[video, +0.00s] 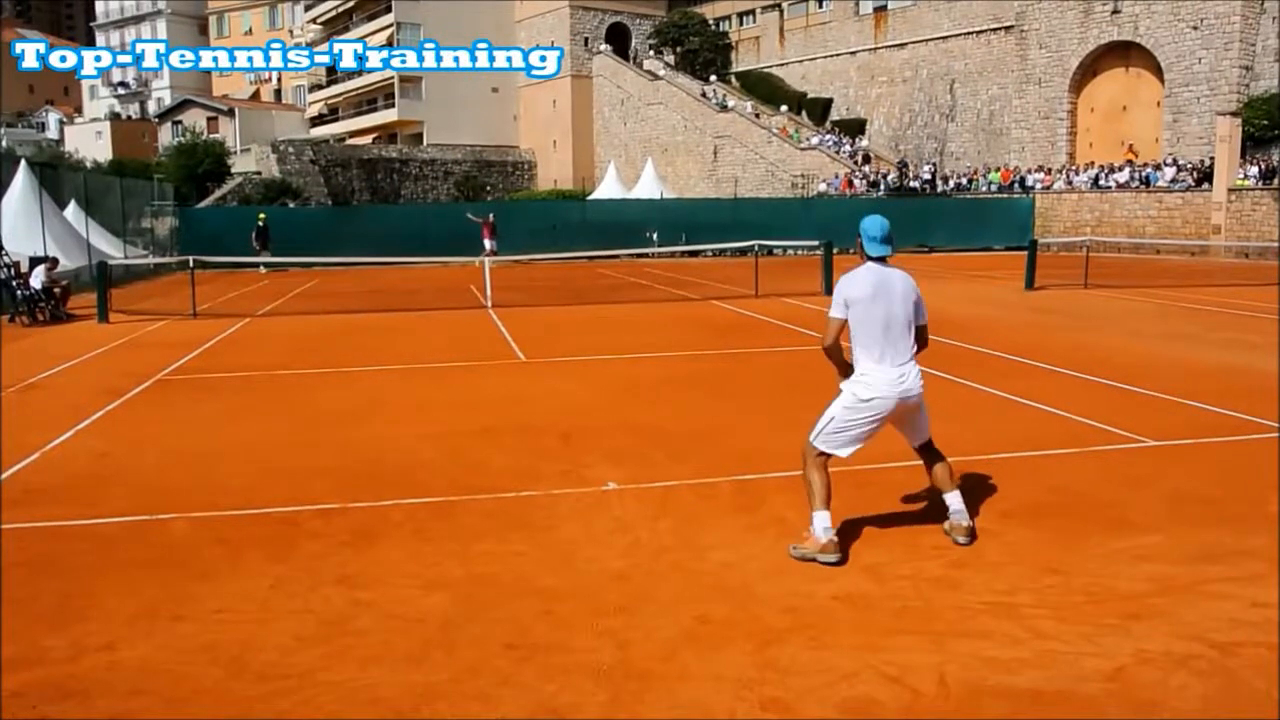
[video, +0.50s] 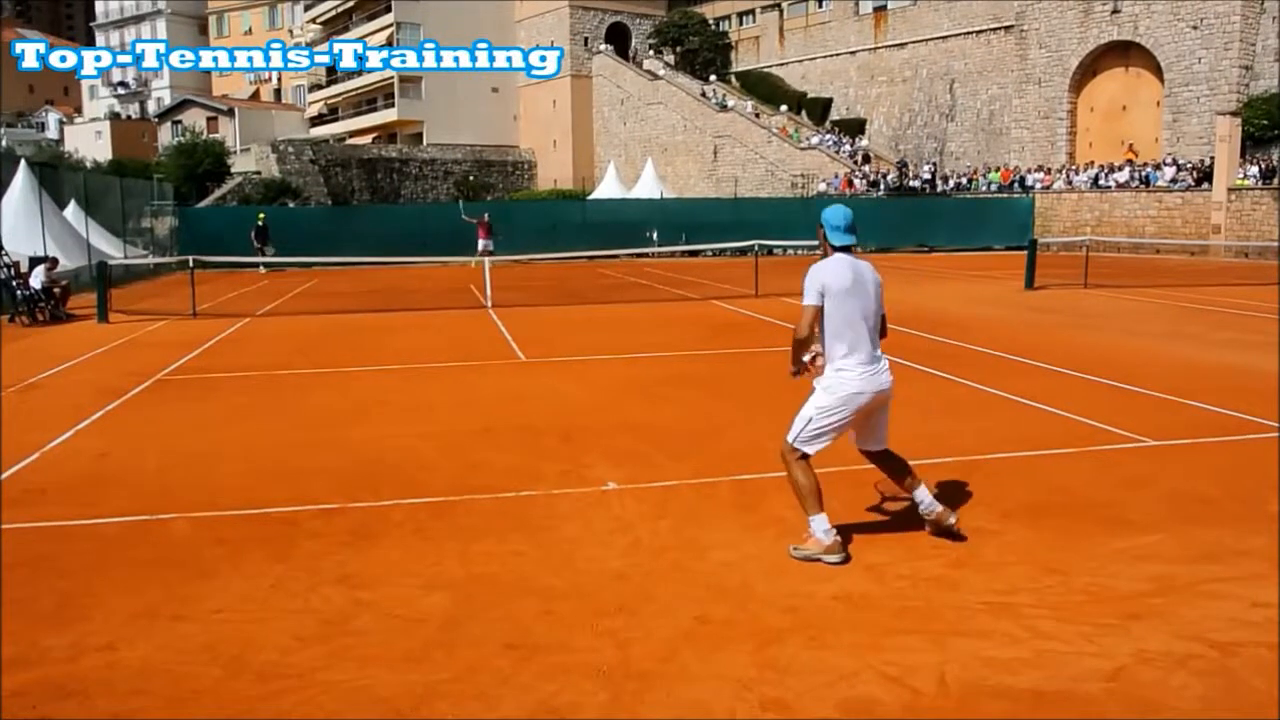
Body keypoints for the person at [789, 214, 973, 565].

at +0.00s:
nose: (864, 246)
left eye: (862, 241)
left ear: (860, 245)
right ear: (891, 244)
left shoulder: (849, 282)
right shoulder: (906, 281)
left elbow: (830, 343)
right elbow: (922, 340)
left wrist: (845, 369)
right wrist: (892, 360)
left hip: (868, 388)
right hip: (909, 384)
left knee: (815, 452)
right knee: (926, 447)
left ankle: (823, 537)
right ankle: (960, 519)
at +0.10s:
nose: (853, 246)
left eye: (851, 241)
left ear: (853, 244)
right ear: (882, 245)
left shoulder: (842, 282)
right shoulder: (899, 282)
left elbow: (824, 344)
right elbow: (913, 341)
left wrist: (836, 375)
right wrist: (880, 346)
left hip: (863, 387)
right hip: (902, 385)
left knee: (806, 449)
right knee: (920, 449)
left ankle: (824, 534)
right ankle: (959, 518)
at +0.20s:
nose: (854, 246)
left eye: (852, 241)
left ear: (853, 244)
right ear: (882, 244)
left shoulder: (842, 282)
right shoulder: (898, 282)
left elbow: (824, 343)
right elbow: (913, 340)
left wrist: (835, 373)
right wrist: (879, 348)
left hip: (863, 387)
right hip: (903, 385)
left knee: (806, 450)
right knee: (920, 449)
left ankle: (824, 534)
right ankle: (958, 517)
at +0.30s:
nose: (841, 242)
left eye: (841, 238)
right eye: (848, 236)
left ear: (844, 241)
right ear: (873, 241)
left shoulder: (835, 279)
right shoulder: (890, 279)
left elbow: (818, 341)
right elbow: (903, 337)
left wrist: (823, 370)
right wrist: (870, 353)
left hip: (855, 386)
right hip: (895, 384)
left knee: (799, 449)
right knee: (910, 450)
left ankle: (824, 535)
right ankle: (956, 519)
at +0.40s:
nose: (830, 239)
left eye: (831, 235)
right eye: (836, 234)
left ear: (834, 238)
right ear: (864, 238)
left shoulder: (827, 276)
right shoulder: (880, 275)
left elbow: (811, 337)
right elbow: (891, 335)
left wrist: (809, 366)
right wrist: (838, 357)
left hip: (848, 384)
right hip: (887, 380)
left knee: (796, 450)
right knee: (893, 449)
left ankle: (823, 536)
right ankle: (948, 515)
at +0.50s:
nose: (820, 238)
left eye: (820, 233)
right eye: (824, 232)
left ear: (823, 236)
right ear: (854, 236)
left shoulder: (819, 272)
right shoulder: (870, 272)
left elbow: (805, 332)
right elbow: (879, 331)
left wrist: (796, 361)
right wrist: (829, 352)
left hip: (843, 383)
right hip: (879, 378)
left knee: (793, 450)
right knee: (874, 448)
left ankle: (824, 537)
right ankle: (933, 508)